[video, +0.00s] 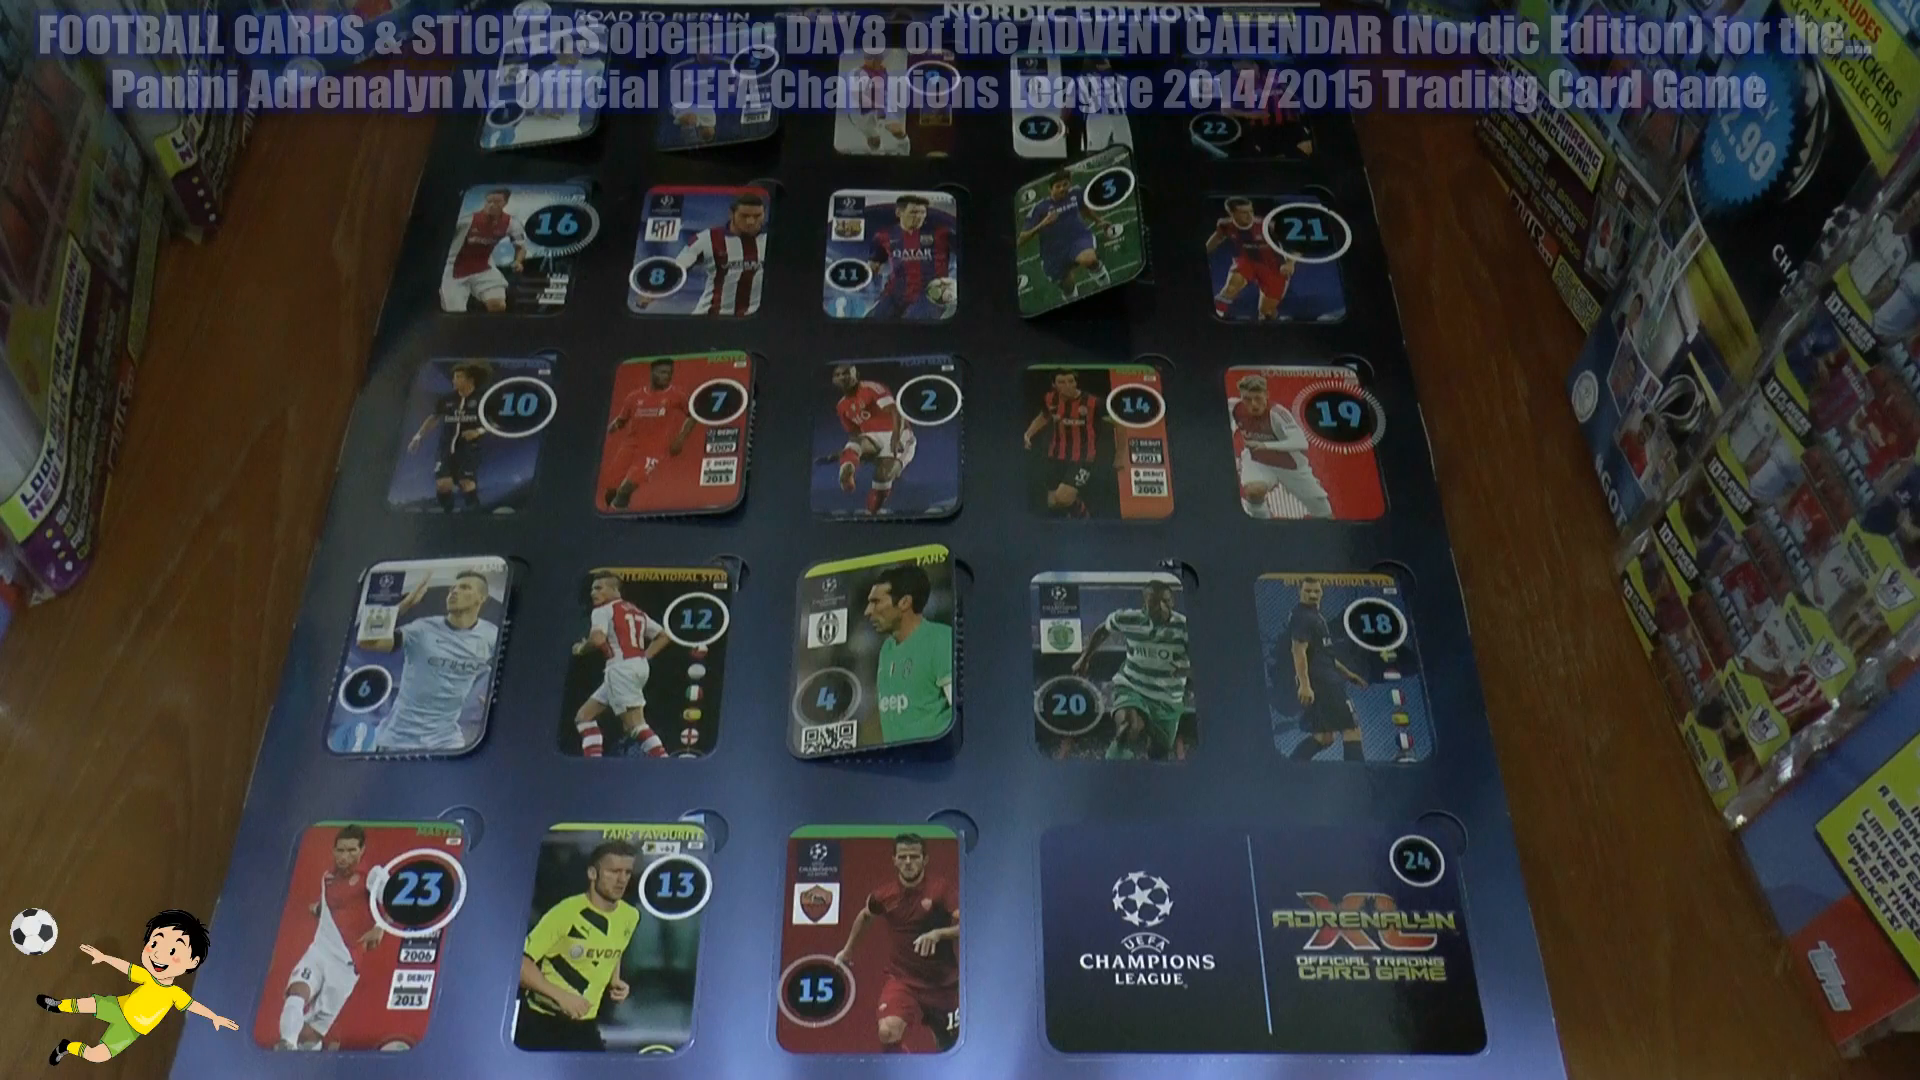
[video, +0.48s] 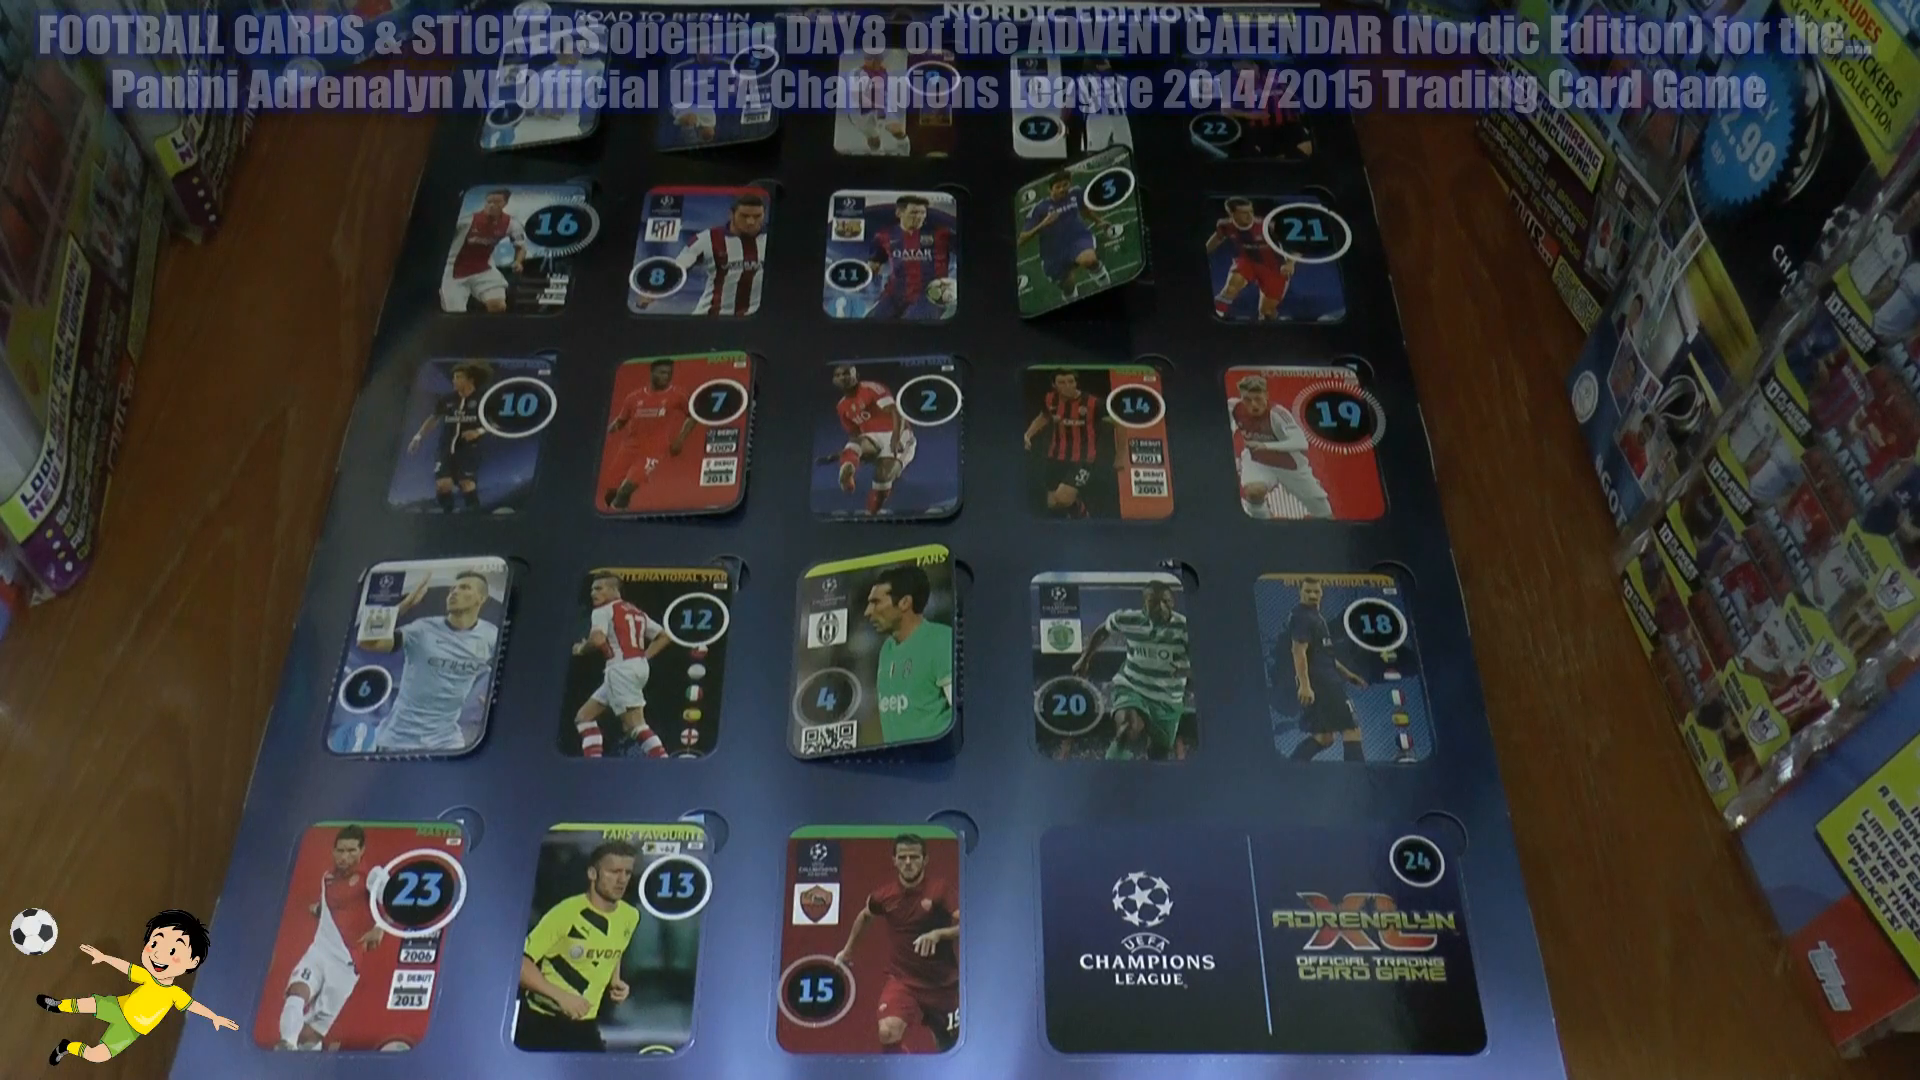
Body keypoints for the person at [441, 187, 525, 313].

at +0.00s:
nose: (492, 205)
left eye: (496, 202)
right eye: (489, 201)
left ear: (504, 204)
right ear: (485, 202)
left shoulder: (510, 223)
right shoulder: (468, 220)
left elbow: (521, 246)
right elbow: (444, 232)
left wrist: (518, 261)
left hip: (483, 269)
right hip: (456, 270)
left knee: (497, 305)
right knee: (455, 317)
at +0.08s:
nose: (492, 205)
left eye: (496, 202)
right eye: (489, 201)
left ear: (504, 204)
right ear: (485, 202)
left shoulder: (509, 223)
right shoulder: (468, 220)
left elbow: (521, 245)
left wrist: (518, 261)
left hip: (483, 269)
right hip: (456, 270)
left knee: (498, 306)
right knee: (455, 317)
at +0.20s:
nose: (492, 205)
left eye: (496, 202)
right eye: (489, 202)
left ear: (504, 204)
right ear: (485, 203)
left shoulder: (510, 224)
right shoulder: (468, 220)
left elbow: (521, 246)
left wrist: (518, 261)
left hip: (483, 269)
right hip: (456, 271)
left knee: (498, 306)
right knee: (455, 318)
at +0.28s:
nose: (492, 205)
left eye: (496, 202)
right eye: (489, 202)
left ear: (504, 204)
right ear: (485, 203)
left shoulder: (509, 223)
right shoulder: (468, 220)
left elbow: (521, 246)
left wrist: (518, 261)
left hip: (483, 269)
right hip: (455, 271)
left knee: (498, 306)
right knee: (455, 317)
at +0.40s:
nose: (492, 205)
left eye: (496, 202)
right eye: (489, 202)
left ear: (504, 204)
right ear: (485, 203)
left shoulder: (509, 224)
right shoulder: (469, 220)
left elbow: (521, 245)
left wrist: (518, 261)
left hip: (483, 270)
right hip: (455, 271)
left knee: (498, 306)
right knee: (455, 317)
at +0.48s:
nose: (492, 205)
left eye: (496, 202)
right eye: (489, 202)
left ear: (504, 204)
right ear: (485, 203)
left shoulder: (510, 224)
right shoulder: (469, 220)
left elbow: (521, 245)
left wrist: (518, 261)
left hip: (483, 270)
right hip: (456, 271)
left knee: (498, 306)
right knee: (455, 317)